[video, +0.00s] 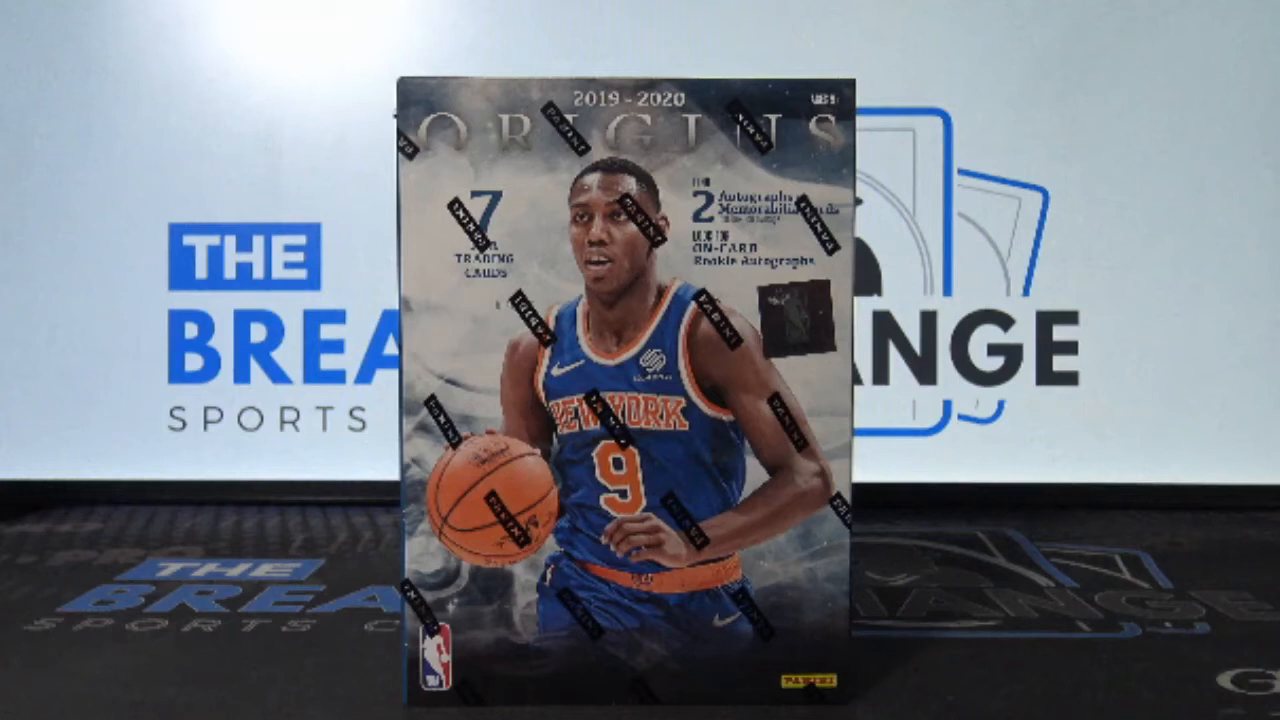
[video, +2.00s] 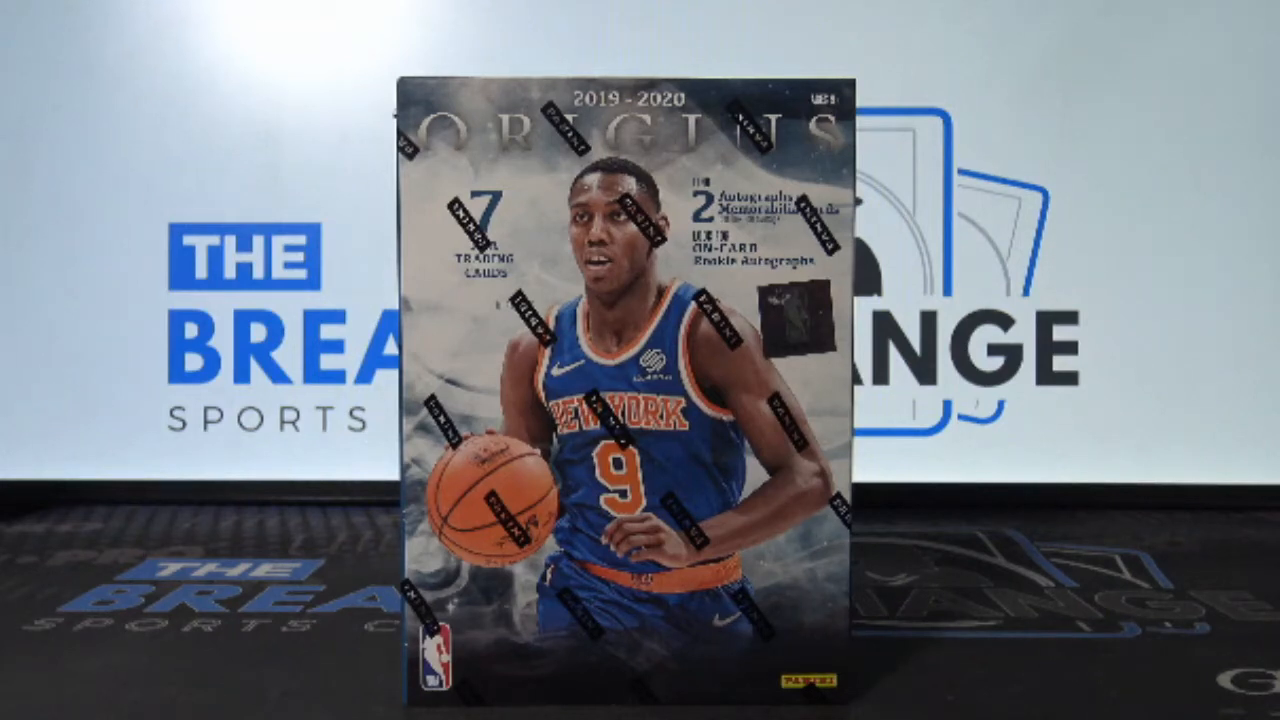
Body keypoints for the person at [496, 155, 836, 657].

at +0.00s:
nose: (595, 235)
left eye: (618, 216)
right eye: (581, 218)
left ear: (657, 230)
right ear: (569, 232)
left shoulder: (712, 334)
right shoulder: (534, 353)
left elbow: (809, 477)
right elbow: (528, 489)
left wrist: (696, 541)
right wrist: (478, 473)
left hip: (699, 613)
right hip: (584, 607)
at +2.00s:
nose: (595, 235)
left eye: (618, 216)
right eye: (581, 218)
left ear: (657, 230)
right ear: (569, 232)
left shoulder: (711, 334)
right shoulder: (534, 353)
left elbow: (809, 476)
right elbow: (526, 489)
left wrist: (695, 542)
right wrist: (476, 472)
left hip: (698, 612)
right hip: (582, 606)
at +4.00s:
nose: (595, 235)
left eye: (618, 216)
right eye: (581, 218)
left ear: (657, 230)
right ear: (569, 232)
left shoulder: (712, 334)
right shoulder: (534, 353)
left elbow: (809, 476)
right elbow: (526, 487)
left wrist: (695, 542)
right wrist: (477, 471)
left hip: (698, 613)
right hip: (583, 606)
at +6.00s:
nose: (595, 234)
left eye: (617, 216)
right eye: (582, 218)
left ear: (657, 230)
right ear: (570, 231)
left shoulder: (712, 334)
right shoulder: (534, 352)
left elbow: (809, 476)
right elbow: (525, 486)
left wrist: (694, 544)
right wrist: (479, 469)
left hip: (697, 613)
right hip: (583, 606)